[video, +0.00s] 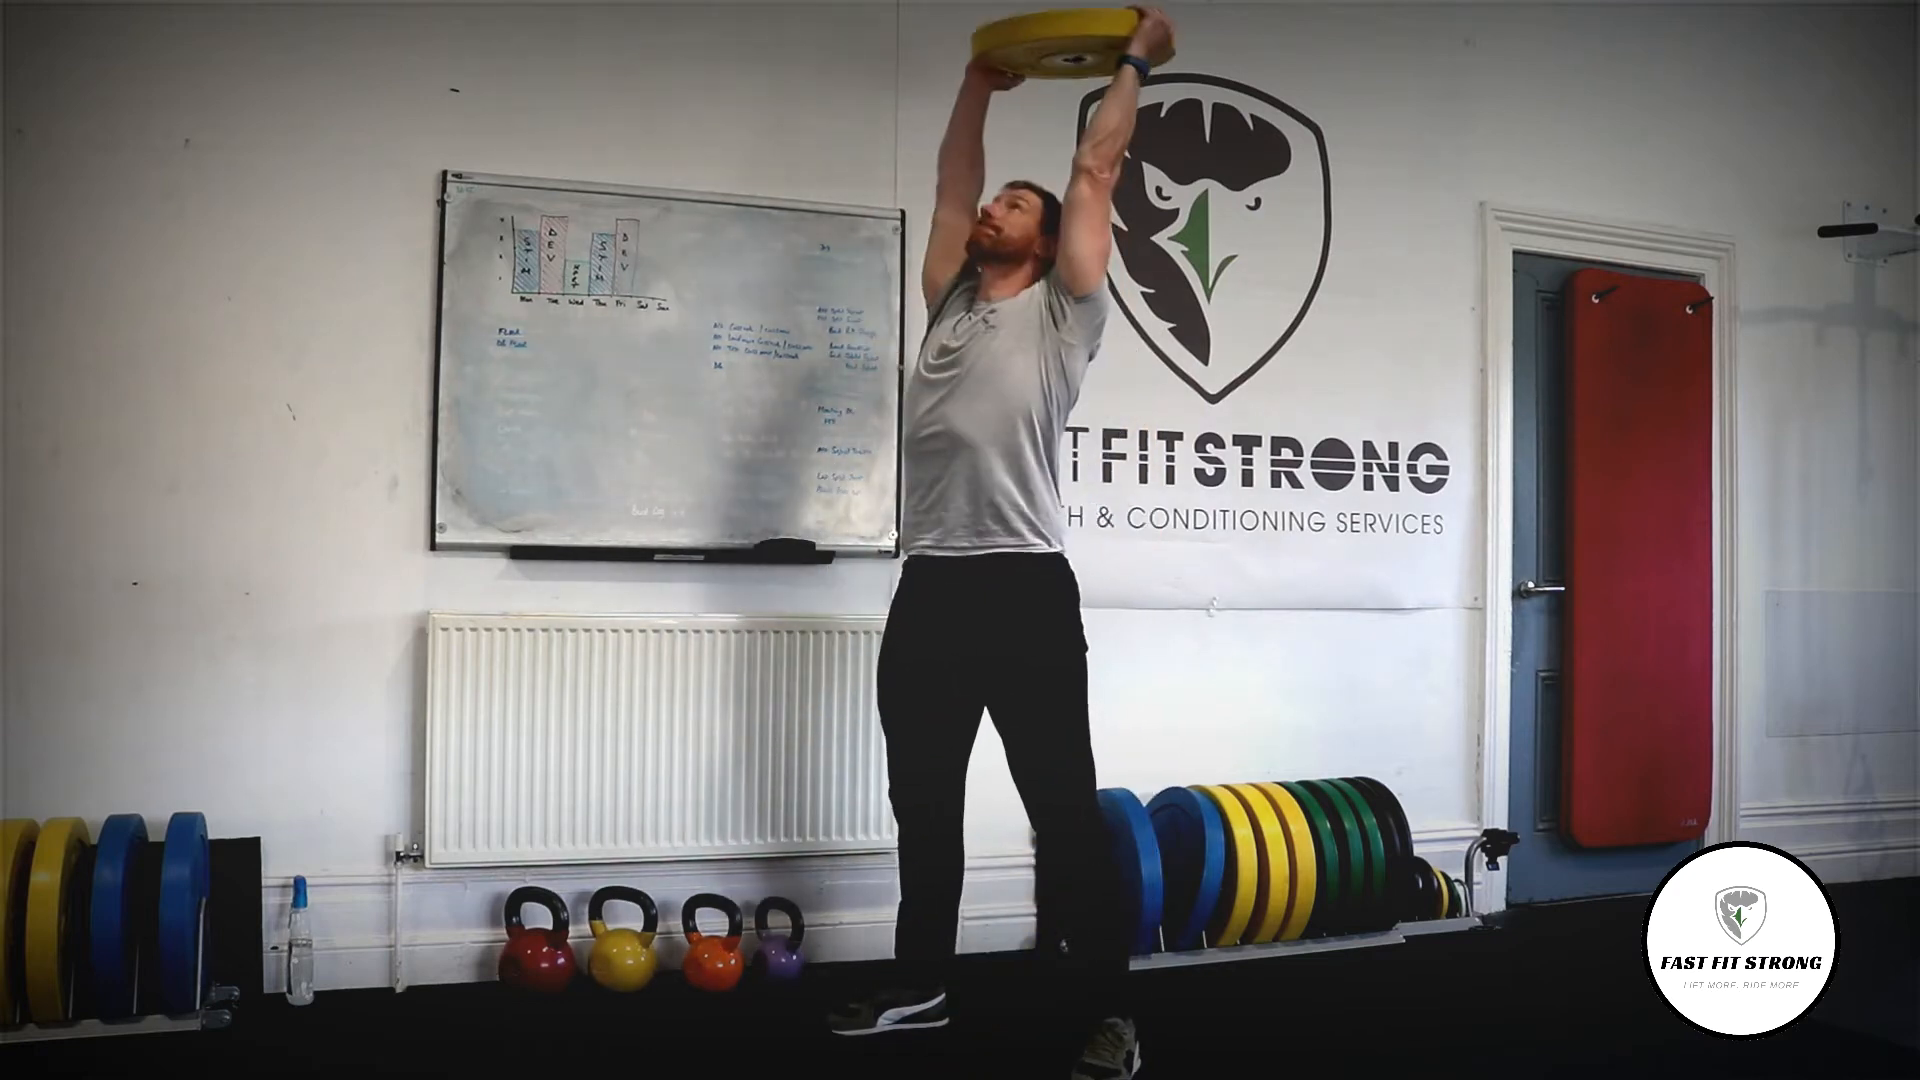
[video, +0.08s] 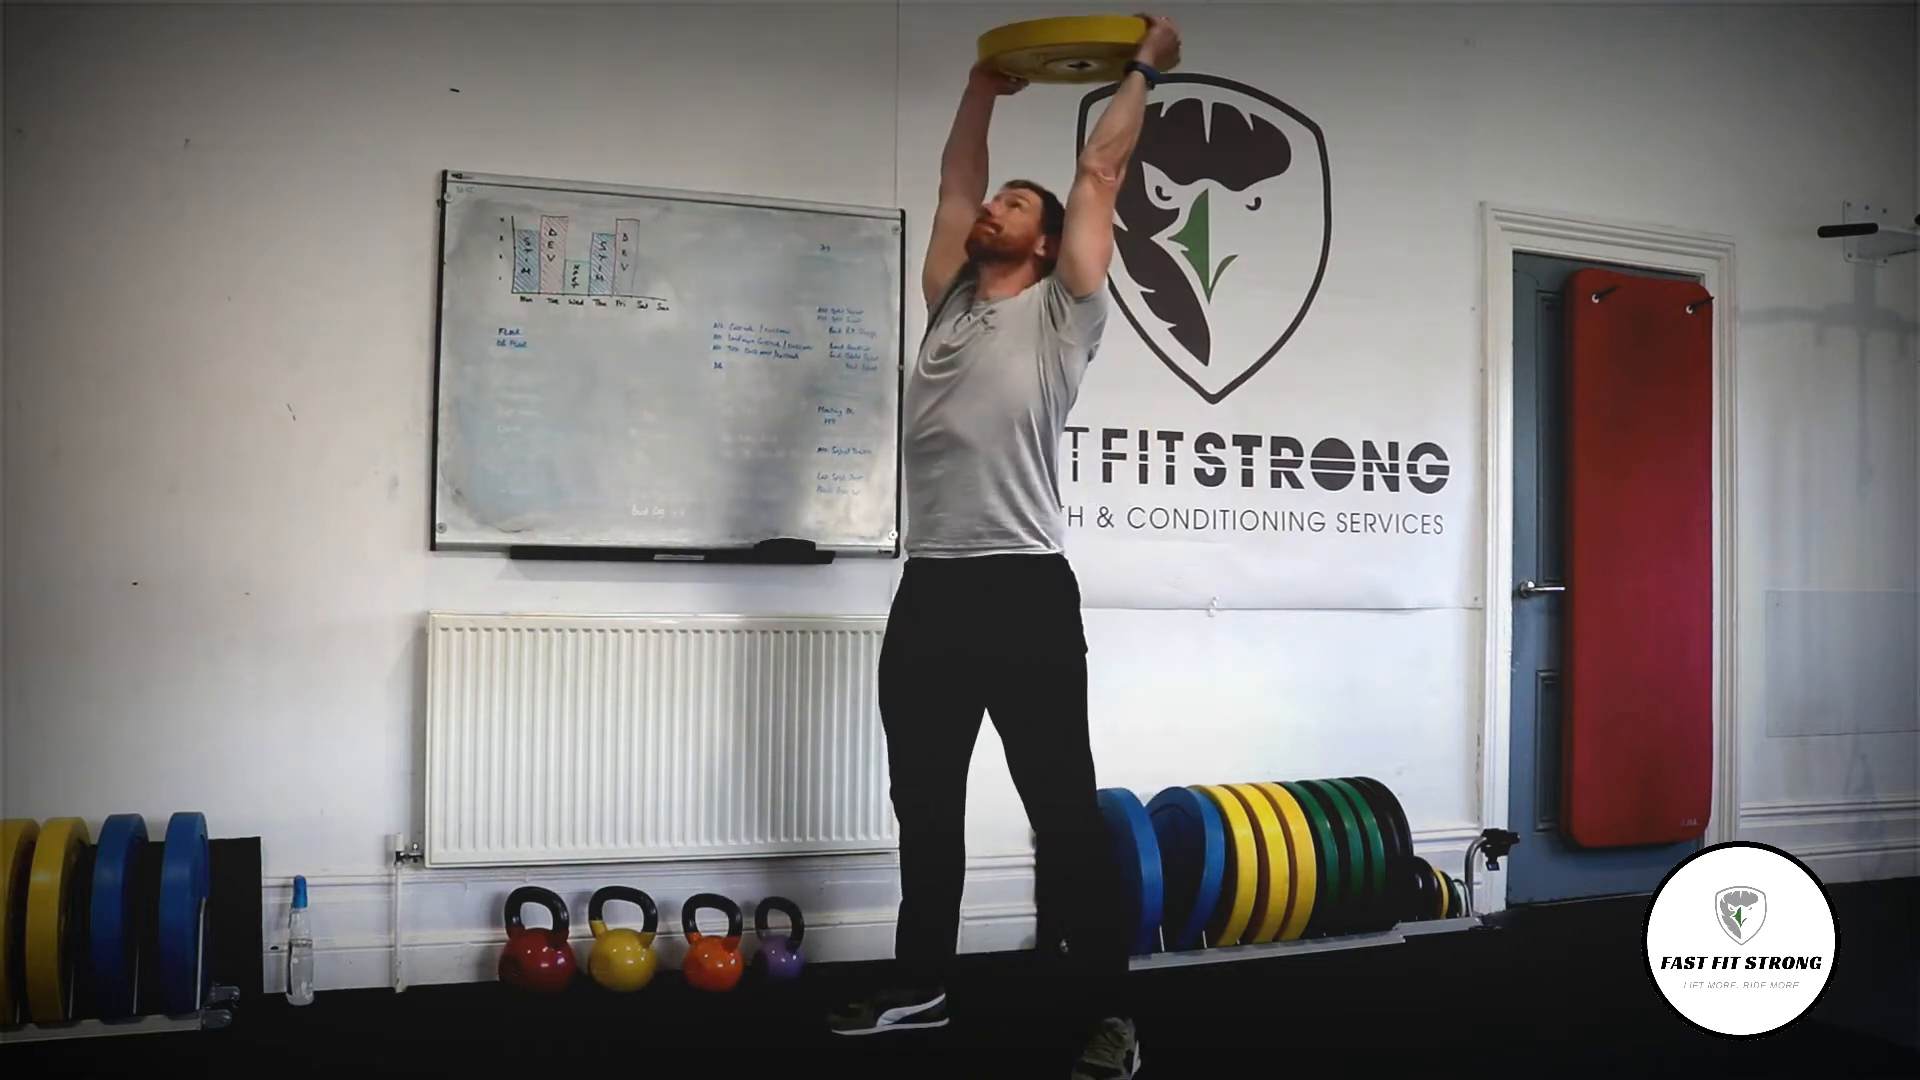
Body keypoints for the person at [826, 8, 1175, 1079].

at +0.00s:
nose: (1000, 205)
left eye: (1019, 201)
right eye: (992, 200)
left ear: (1049, 239)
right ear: (975, 229)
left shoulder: (1065, 311)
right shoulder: (948, 307)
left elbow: (1099, 170)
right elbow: (957, 186)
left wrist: (1136, 59)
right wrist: (979, 79)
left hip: (1026, 593)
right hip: (926, 593)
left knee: (1062, 810)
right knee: (923, 808)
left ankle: (1097, 1014)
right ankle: (922, 993)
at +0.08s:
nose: (1000, 206)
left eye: (1019, 202)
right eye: (991, 201)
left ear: (1049, 240)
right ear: (973, 231)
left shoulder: (1064, 312)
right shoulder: (946, 309)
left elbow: (1103, 174)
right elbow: (961, 189)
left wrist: (1144, 65)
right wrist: (984, 80)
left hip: (1027, 592)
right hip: (927, 593)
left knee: (1060, 806)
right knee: (925, 808)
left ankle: (1100, 1009)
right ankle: (922, 993)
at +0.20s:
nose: (1006, 208)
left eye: (1025, 204)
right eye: (997, 202)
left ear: (1054, 242)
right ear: (979, 233)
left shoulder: (1068, 312)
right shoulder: (951, 308)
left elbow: (1106, 173)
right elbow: (964, 186)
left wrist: (1150, 67)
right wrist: (987, 78)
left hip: (1027, 592)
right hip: (928, 592)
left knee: (1061, 806)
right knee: (922, 806)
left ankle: (1100, 1013)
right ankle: (922, 992)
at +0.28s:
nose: (1017, 211)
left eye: (1035, 207)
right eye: (1007, 206)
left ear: (1062, 243)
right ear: (990, 235)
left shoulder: (1076, 312)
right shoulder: (957, 302)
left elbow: (1110, 171)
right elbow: (964, 179)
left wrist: (1149, 65)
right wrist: (987, 79)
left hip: (1029, 594)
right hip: (929, 593)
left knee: (1062, 807)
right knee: (921, 807)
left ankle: (1099, 1013)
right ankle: (922, 991)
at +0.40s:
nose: (1033, 219)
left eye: (1053, 218)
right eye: (1028, 215)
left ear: (1076, 254)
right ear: (1007, 245)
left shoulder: (1088, 319)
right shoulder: (962, 306)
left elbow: (1122, 181)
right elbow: (950, 196)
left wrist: (1147, 65)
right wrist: (980, 86)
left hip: (1036, 597)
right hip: (934, 593)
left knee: (1064, 811)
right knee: (918, 805)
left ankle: (1103, 1013)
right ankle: (921, 992)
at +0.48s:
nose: (1039, 227)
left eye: (1059, 227)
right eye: (1037, 221)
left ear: (1084, 262)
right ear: (1018, 246)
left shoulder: (1093, 329)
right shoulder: (968, 315)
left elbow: (1136, 200)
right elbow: (929, 210)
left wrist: (1145, 79)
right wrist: (973, 100)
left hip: (1040, 599)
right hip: (939, 596)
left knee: (1066, 811)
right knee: (918, 804)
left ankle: (1103, 1014)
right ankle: (922, 990)